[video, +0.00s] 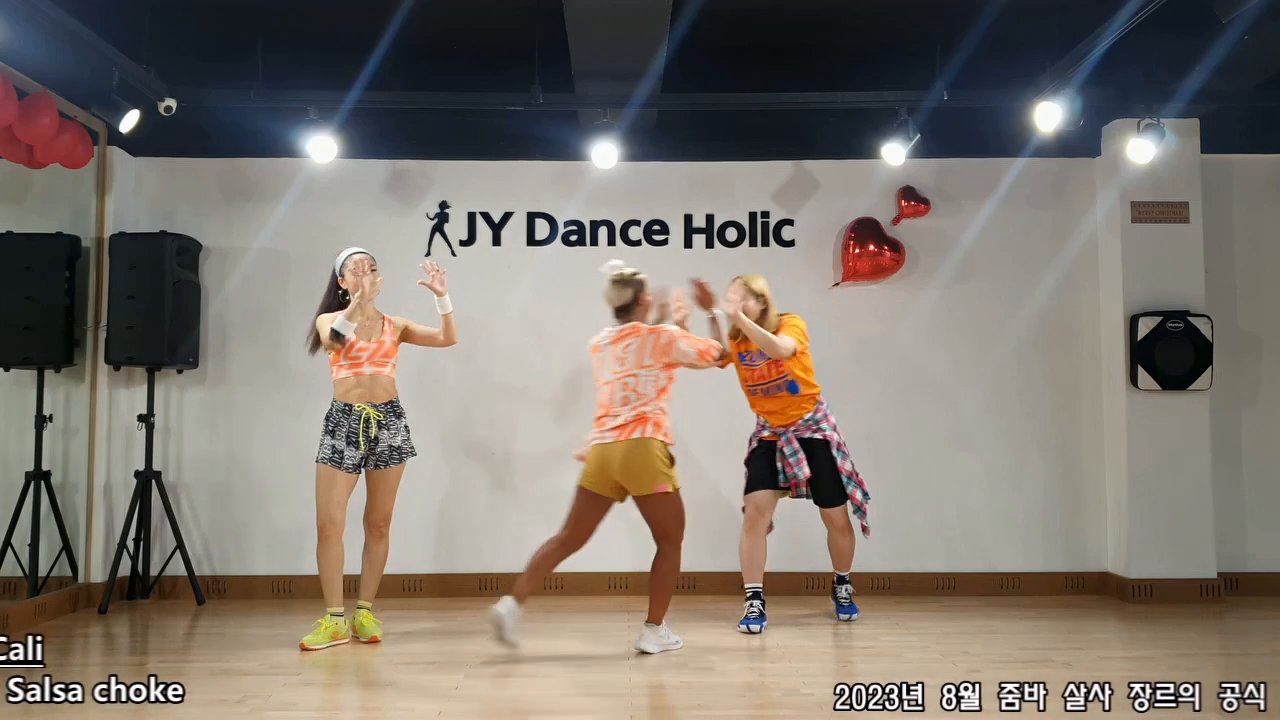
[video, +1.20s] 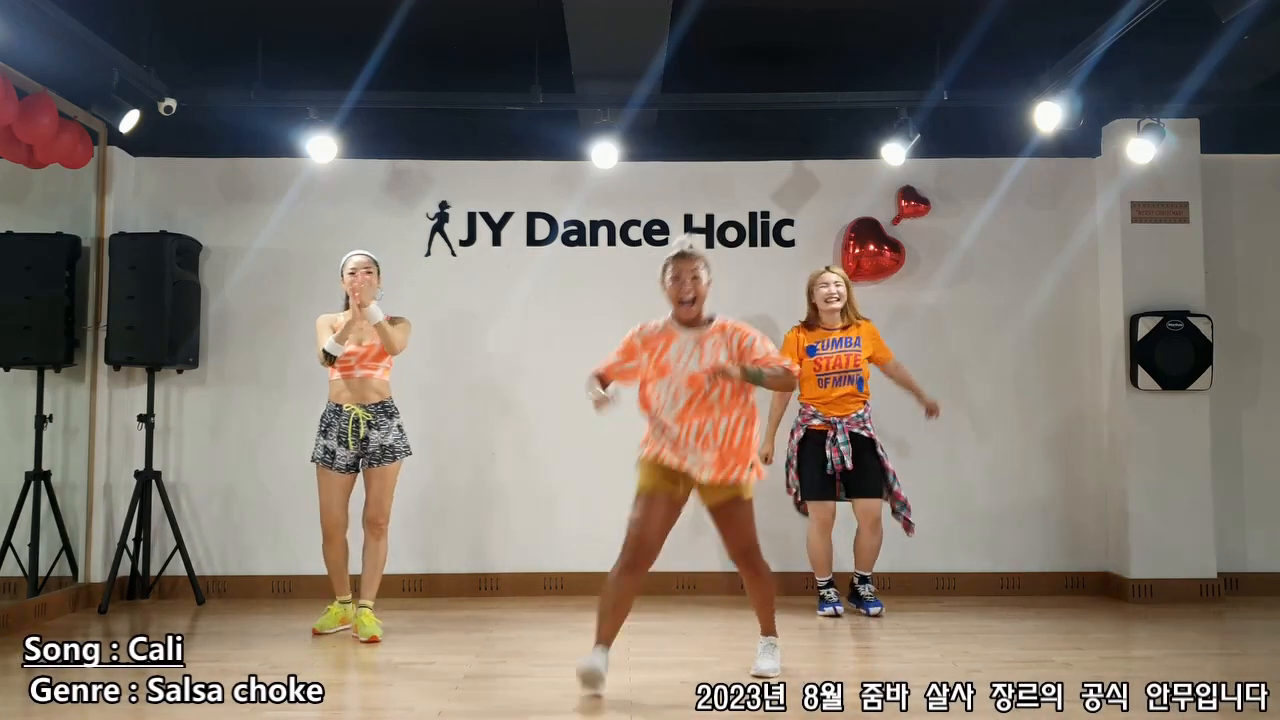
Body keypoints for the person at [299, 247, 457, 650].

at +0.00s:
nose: (364, 271)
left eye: (369, 266)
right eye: (355, 267)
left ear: (379, 278)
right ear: (342, 282)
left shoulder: (395, 324)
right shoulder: (329, 320)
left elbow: (447, 338)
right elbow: (337, 336)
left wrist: (441, 295)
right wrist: (356, 301)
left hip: (389, 422)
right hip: (343, 422)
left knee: (378, 525)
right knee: (328, 524)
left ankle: (364, 612)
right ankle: (335, 618)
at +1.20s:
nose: (361, 278)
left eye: (368, 272)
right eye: (353, 273)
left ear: (379, 282)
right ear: (343, 283)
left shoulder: (396, 324)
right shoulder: (328, 321)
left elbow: (395, 346)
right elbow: (326, 356)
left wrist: (372, 311)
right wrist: (349, 320)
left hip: (382, 425)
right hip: (337, 425)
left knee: (376, 522)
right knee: (332, 526)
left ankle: (366, 608)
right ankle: (342, 604)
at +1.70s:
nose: (333, 277)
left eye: (340, 271)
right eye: (327, 272)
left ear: (355, 281)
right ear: (321, 283)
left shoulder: (370, 321)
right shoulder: (315, 322)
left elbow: (388, 333)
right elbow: (268, 345)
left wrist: (353, 302)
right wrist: (297, 304)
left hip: (368, 422)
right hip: (326, 423)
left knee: (348, 509)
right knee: (327, 518)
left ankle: (363, 586)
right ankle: (341, 602)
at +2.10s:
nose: (306, 294)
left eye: (315, 287)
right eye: (302, 289)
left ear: (336, 291)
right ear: (301, 297)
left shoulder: (359, 326)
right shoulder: (309, 339)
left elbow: (400, 322)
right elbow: (273, 354)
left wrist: (372, 328)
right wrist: (271, 367)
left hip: (371, 429)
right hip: (332, 435)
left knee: (382, 515)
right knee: (323, 522)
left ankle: (396, 582)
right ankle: (342, 604)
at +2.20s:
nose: (306, 288)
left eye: (313, 282)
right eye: (306, 283)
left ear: (336, 285)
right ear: (311, 289)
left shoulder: (355, 317)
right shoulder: (311, 325)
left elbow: (372, 276)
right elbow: (269, 314)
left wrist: (329, 258)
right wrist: (259, 284)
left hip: (375, 418)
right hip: (338, 426)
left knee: (408, 505)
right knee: (332, 518)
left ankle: (440, 581)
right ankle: (343, 603)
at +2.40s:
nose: (318, 288)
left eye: (326, 280)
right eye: (314, 282)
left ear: (348, 287)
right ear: (313, 290)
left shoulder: (363, 324)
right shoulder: (322, 328)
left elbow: (364, 294)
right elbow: (275, 321)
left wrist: (316, 269)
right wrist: (257, 291)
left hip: (389, 420)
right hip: (353, 428)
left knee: (422, 512)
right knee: (333, 516)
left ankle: (462, 588)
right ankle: (343, 604)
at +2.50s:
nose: (334, 298)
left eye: (343, 291)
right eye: (328, 291)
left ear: (360, 297)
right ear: (323, 298)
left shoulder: (379, 332)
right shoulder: (329, 345)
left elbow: (416, 362)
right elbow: (301, 383)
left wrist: (377, 361)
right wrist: (293, 375)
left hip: (396, 433)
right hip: (358, 438)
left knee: (413, 523)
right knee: (327, 522)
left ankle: (446, 595)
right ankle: (342, 605)